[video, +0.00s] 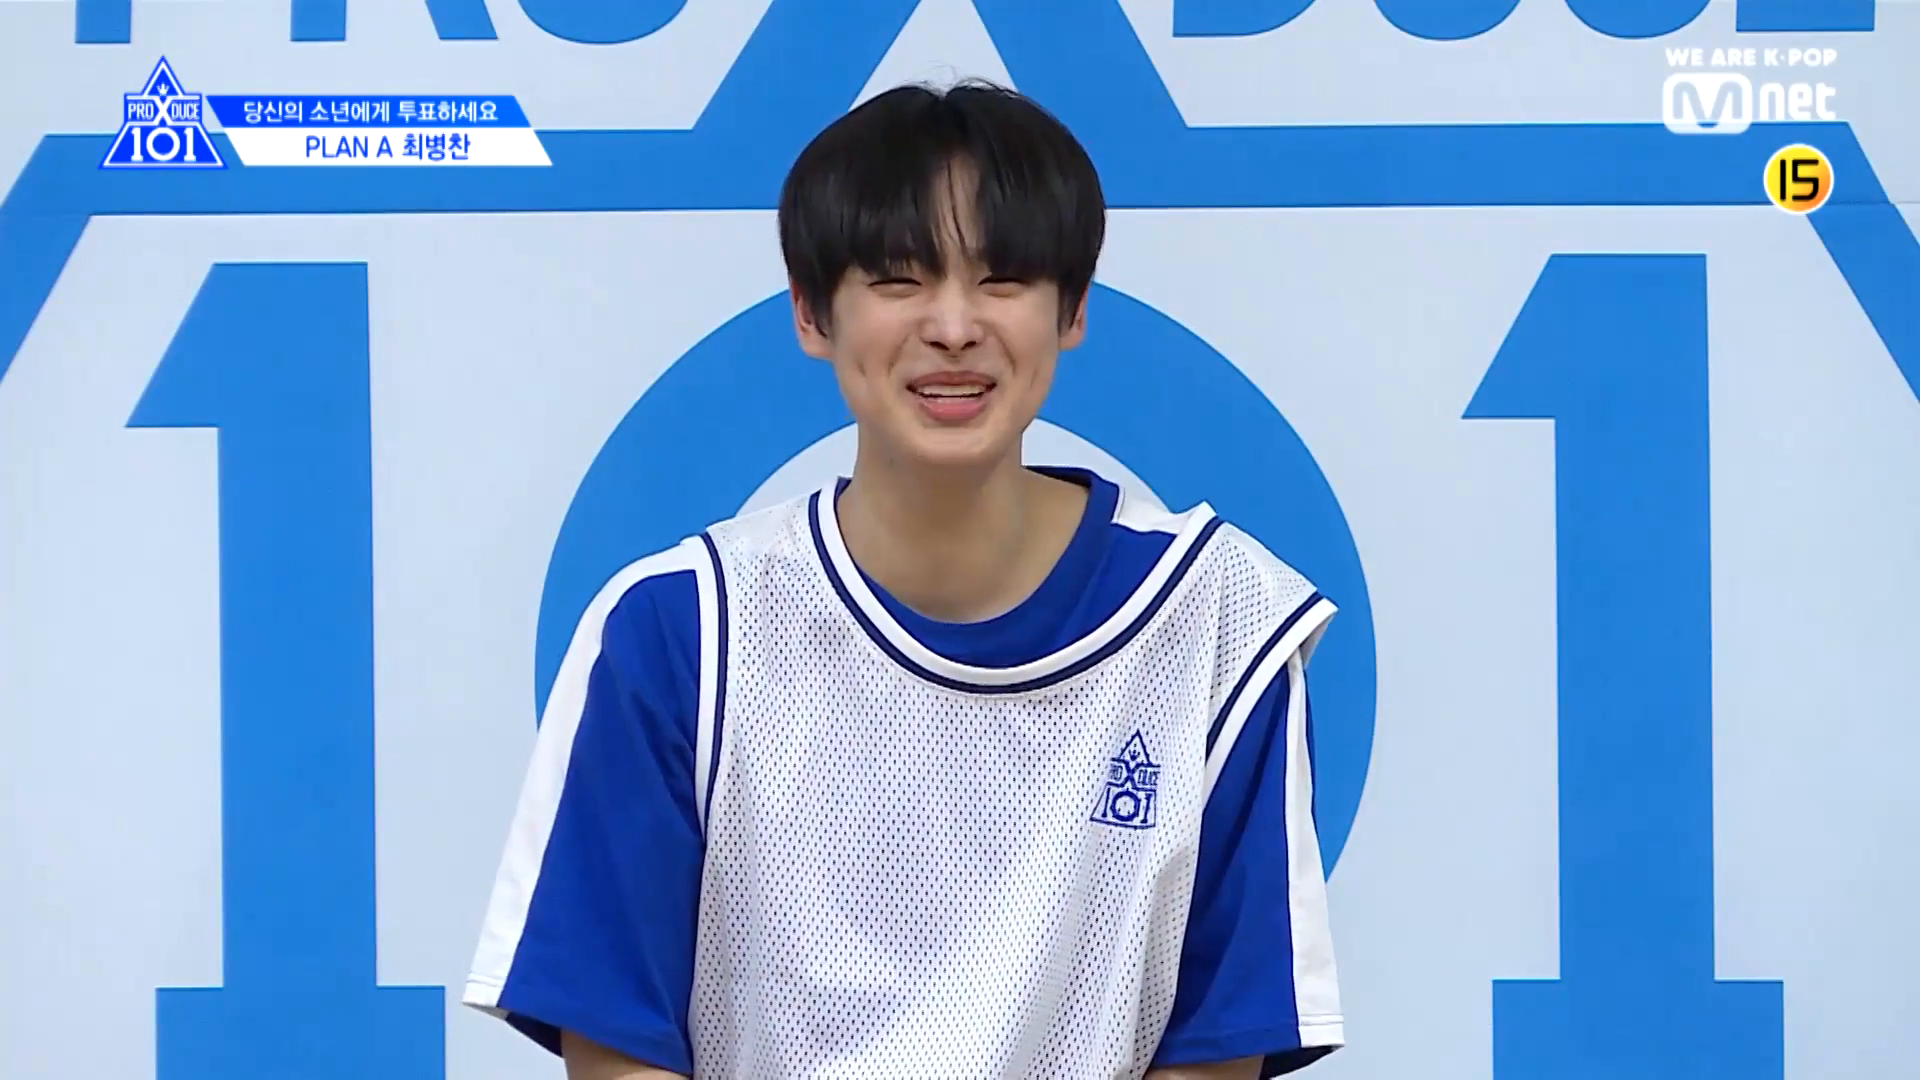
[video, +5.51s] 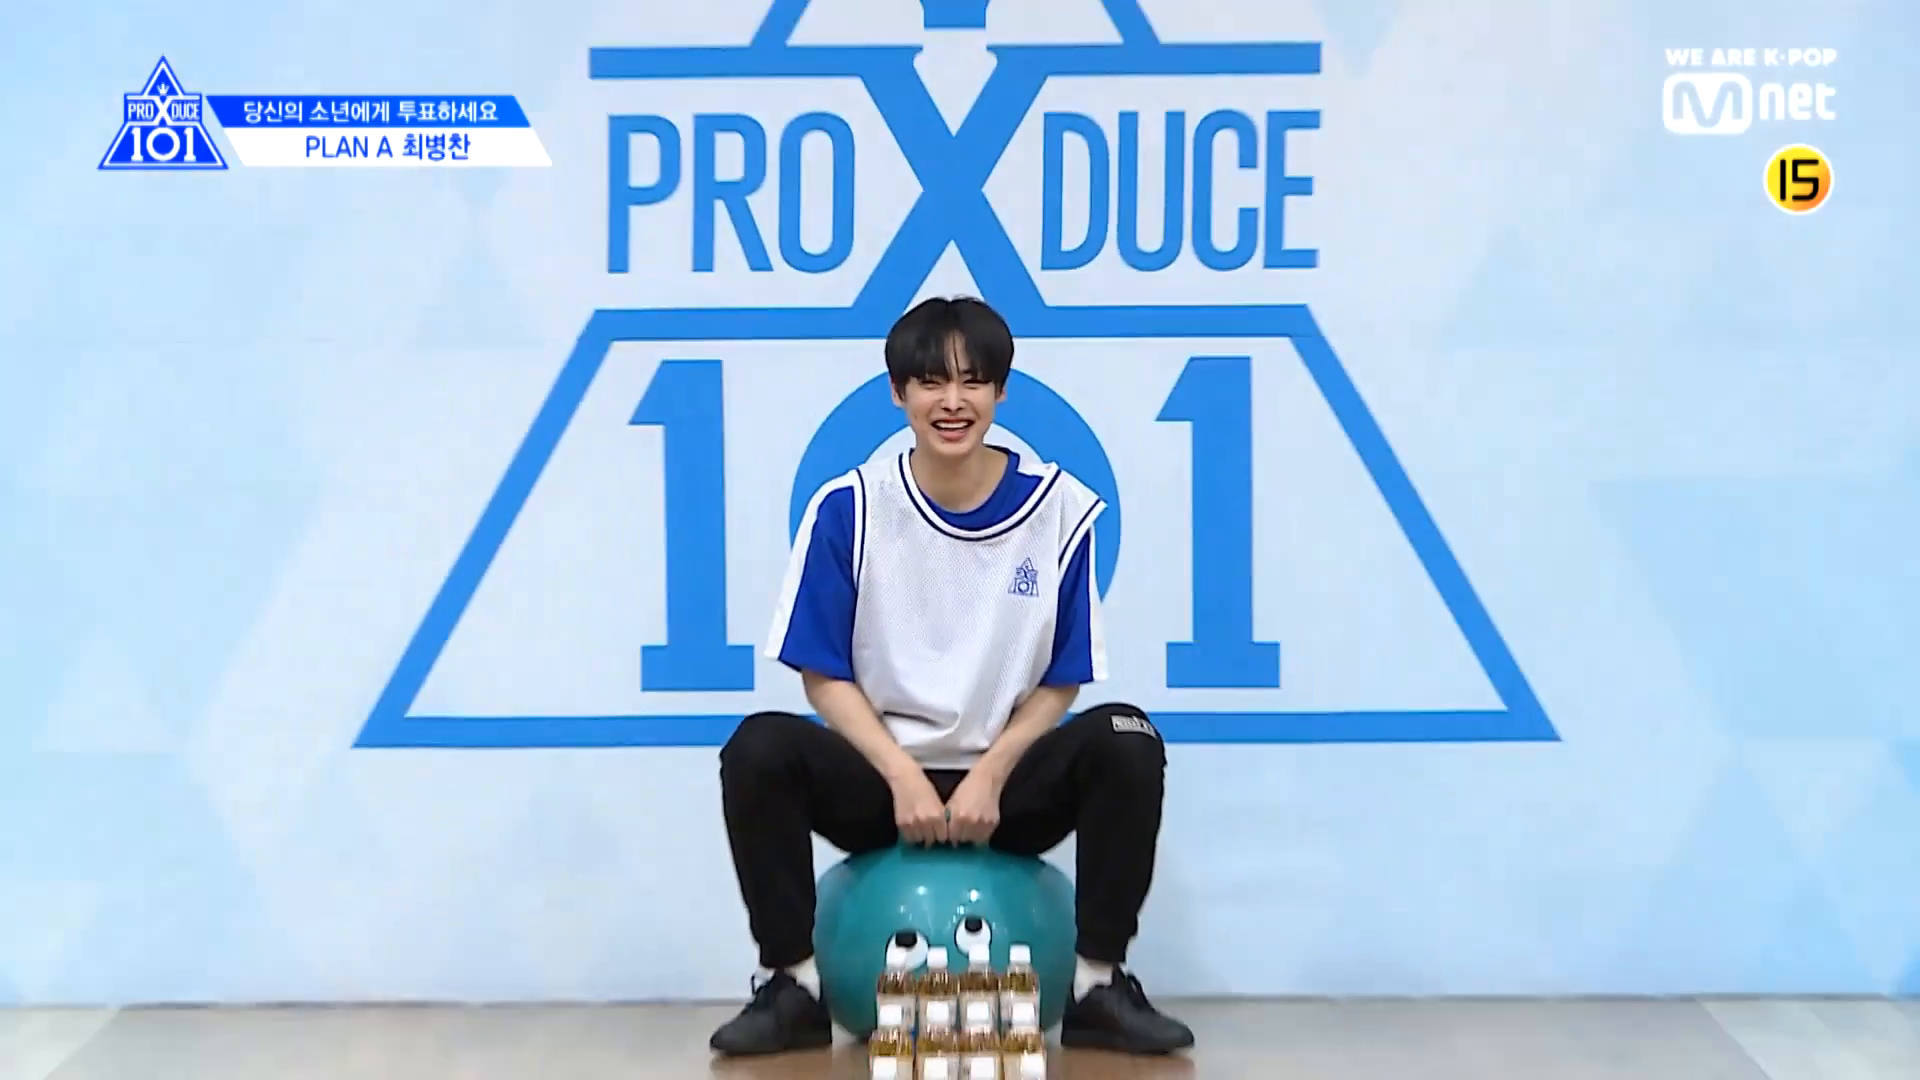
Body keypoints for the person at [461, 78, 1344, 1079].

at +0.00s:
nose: (954, 325)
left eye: (1004, 279)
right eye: (900, 278)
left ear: (1069, 318)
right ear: (815, 318)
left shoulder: (1221, 626)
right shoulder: (672, 633)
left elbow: (1222, 1051)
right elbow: (613, 1046)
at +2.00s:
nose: (957, 360)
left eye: (1005, 307)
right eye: (904, 306)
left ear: (1071, 340)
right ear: (819, 342)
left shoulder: (1229, 646)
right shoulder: (673, 653)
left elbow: (1255, 1052)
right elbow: (607, 1050)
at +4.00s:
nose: (974, 342)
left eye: (1025, 292)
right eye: (922, 288)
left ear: (1088, 331)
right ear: (836, 326)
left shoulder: (1242, 636)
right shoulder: (689, 631)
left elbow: (1264, 1048)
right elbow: (629, 1038)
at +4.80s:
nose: (968, 360)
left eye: (1006, 321)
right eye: (925, 320)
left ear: (1056, 349)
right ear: (855, 350)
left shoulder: (1181, 599)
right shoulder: (744, 592)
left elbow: (1179, 935)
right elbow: (693, 920)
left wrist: (1054, 1070)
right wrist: (831, 1074)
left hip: (1067, 1065)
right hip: (818, 1062)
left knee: (1302, 1032)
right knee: (573, 1043)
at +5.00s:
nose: (962, 385)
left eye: (994, 353)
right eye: (927, 352)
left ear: (1035, 373)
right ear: (873, 374)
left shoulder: (1134, 570)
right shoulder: (783, 565)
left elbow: (1131, 846)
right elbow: (742, 831)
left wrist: (1007, 1004)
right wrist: (875, 999)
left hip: (1047, 1013)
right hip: (832, 1011)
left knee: (1236, 933)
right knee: (637, 948)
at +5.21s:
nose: (956, 394)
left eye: (982, 368)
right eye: (928, 367)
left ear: (1017, 385)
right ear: (887, 385)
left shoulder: (1097, 540)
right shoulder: (814, 537)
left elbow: (1096, 765)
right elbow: (781, 756)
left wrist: (999, 890)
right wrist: (886, 891)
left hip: (1025, 910)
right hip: (856, 909)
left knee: (1179, 840)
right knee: (696, 853)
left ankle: (1152, 1072)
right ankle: (733, 1072)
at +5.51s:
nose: (953, 399)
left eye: (973, 379)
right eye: (931, 379)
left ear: (1000, 389)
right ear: (900, 391)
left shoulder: (1062, 509)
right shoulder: (847, 507)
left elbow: (1063, 677)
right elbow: (822, 672)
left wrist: (992, 771)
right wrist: (901, 773)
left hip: (1012, 779)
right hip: (879, 780)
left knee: (1129, 739)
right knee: (756, 747)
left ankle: (1100, 989)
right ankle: (792, 988)